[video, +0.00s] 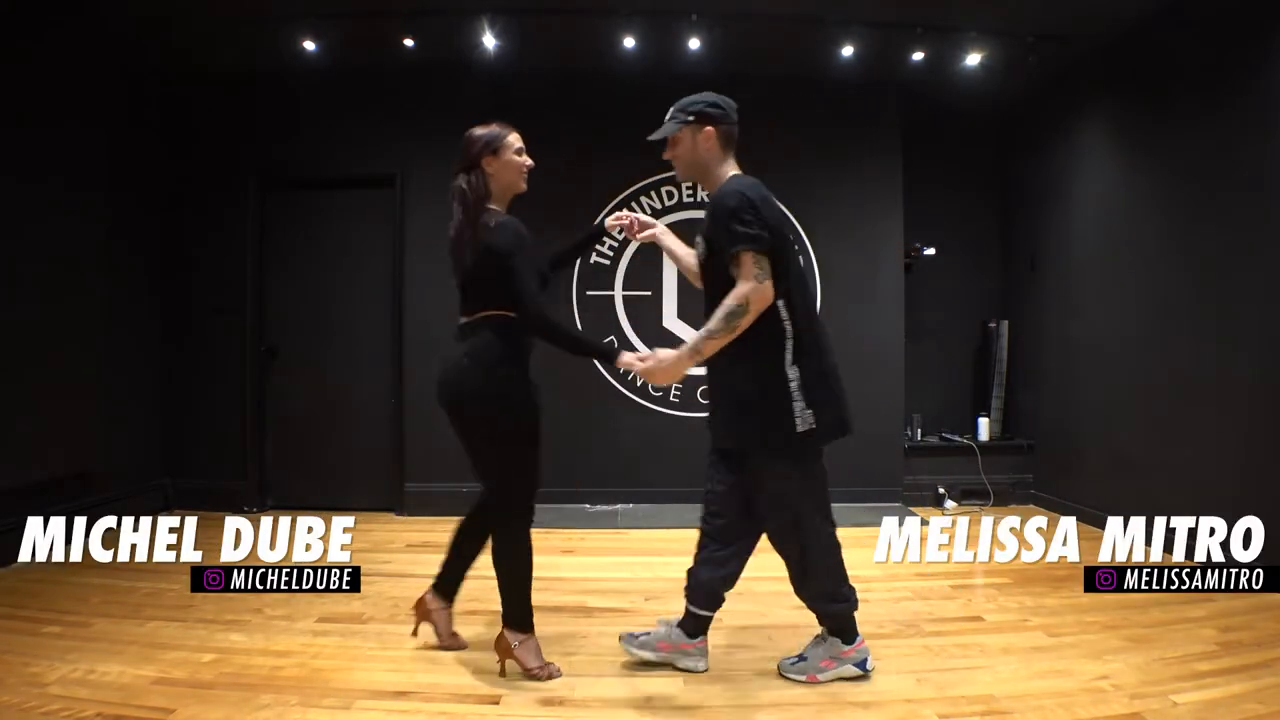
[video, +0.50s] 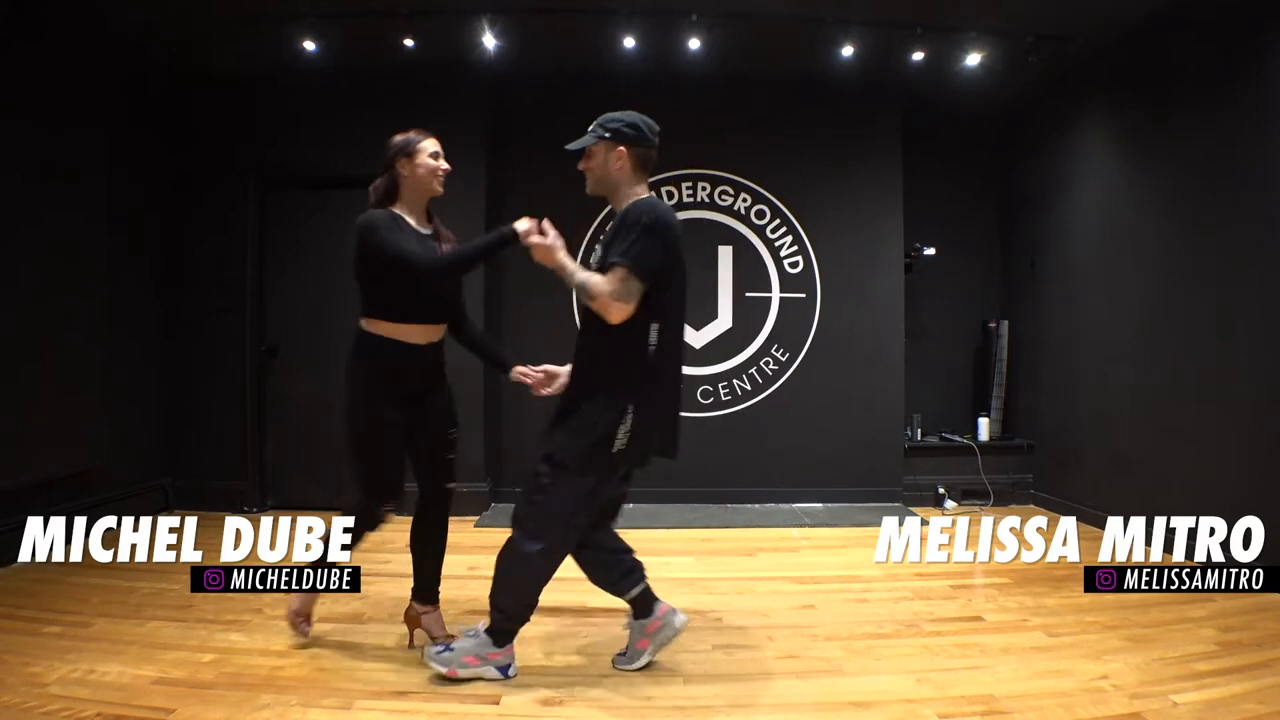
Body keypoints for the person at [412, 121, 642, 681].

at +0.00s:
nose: (529, 161)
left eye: (526, 152)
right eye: (518, 153)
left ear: (490, 168)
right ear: (486, 165)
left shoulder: (471, 228)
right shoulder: (506, 231)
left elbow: (536, 274)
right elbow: (533, 316)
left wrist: (593, 232)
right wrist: (605, 352)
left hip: (468, 364)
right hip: (499, 367)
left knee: (498, 490)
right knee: (515, 497)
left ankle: (439, 597)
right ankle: (518, 632)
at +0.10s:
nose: (514, 160)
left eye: (511, 151)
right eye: (503, 151)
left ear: (481, 166)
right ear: (472, 164)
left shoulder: (467, 222)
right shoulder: (484, 225)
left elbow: (524, 276)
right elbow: (511, 304)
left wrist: (591, 242)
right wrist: (585, 333)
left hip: (452, 363)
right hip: (480, 366)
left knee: (462, 490)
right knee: (502, 499)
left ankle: (426, 603)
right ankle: (519, 630)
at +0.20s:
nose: (501, 159)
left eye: (498, 151)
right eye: (489, 151)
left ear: (468, 164)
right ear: (457, 162)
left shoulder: (470, 221)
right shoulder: (462, 221)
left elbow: (518, 275)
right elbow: (482, 291)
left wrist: (588, 266)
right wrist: (567, 304)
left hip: (442, 359)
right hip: (461, 361)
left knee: (447, 483)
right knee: (500, 482)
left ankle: (424, 603)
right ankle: (487, 619)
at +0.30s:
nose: (478, 166)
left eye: (477, 157)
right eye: (468, 156)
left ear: (452, 168)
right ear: (436, 166)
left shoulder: (459, 230)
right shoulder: (422, 226)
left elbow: (501, 305)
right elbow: (466, 276)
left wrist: (566, 327)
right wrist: (545, 250)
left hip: (442, 370)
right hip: (422, 371)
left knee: (466, 487)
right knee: (458, 483)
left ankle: (419, 597)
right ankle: (421, 599)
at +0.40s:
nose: (464, 167)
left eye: (464, 159)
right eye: (453, 158)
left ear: (446, 172)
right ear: (420, 168)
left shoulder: (456, 237)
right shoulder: (399, 225)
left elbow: (487, 321)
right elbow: (450, 262)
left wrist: (547, 357)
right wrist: (531, 227)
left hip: (440, 371)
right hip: (405, 370)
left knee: (442, 488)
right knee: (441, 485)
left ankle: (426, 605)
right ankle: (370, 589)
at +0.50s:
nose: (445, 165)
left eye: (445, 158)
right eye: (433, 157)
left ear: (433, 172)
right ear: (401, 167)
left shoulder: (443, 238)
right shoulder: (375, 225)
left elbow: (459, 324)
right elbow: (432, 266)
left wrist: (509, 366)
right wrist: (512, 233)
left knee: (437, 489)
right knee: (378, 496)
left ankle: (424, 605)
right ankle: (309, 582)